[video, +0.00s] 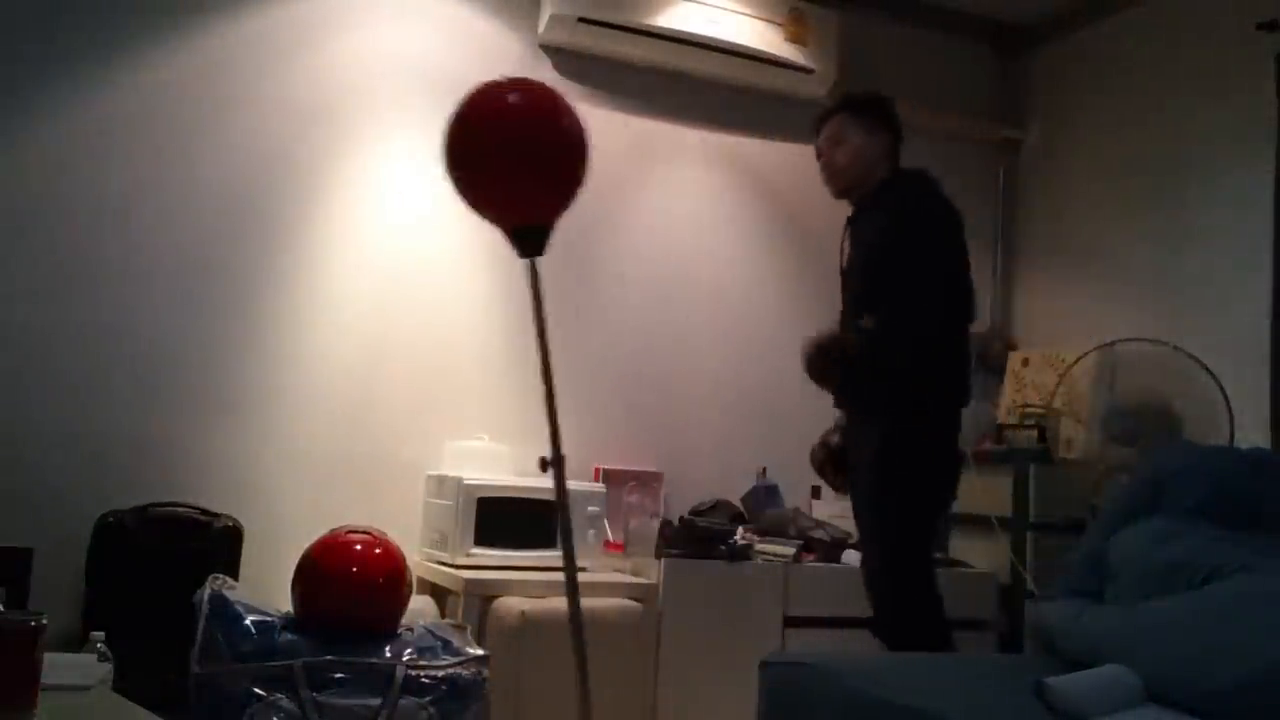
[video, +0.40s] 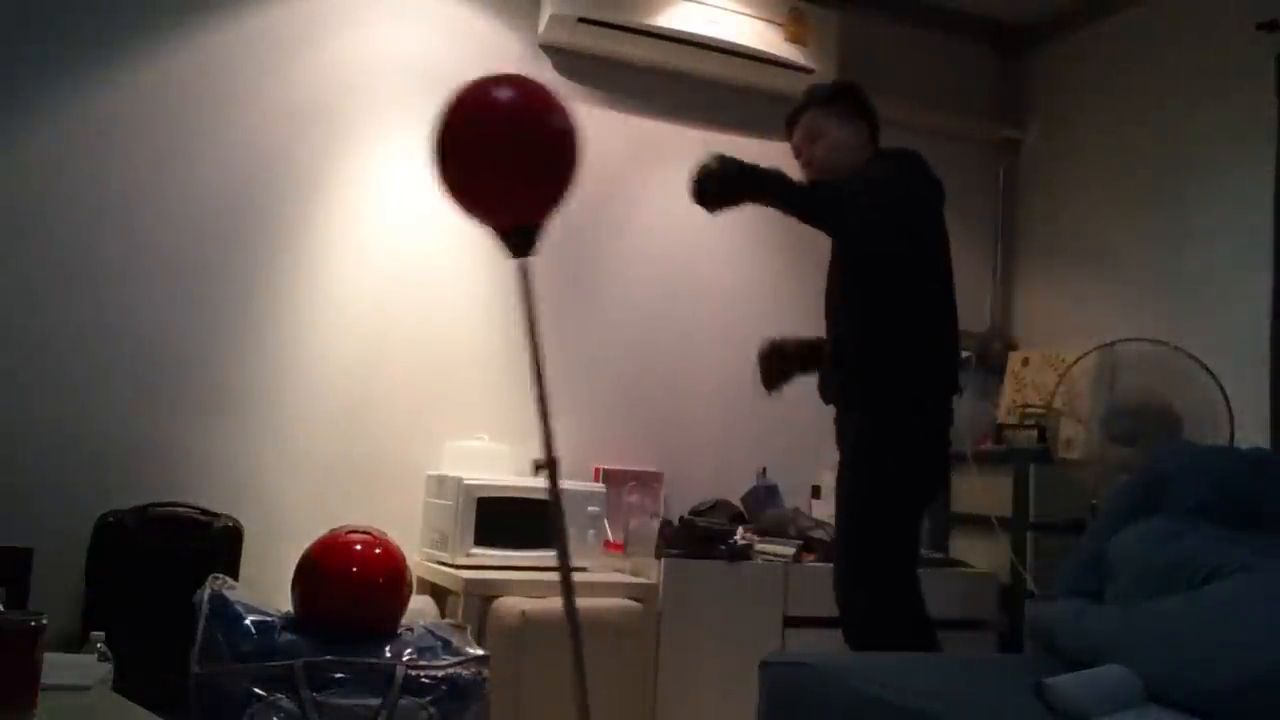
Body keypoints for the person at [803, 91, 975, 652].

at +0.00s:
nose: (821, 158)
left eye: (833, 143)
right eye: (819, 148)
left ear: (874, 143)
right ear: (871, 148)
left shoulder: (908, 210)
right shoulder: (876, 216)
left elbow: (905, 339)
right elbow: (877, 342)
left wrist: (837, 358)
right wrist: (848, 432)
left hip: (909, 427)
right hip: (891, 425)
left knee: (900, 589)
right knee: (897, 587)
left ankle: (931, 712)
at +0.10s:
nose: (821, 162)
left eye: (830, 145)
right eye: (815, 152)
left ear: (871, 141)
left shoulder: (906, 198)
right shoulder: (866, 219)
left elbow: (891, 274)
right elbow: (868, 348)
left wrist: (808, 278)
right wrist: (829, 419)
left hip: (911, 416)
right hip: (882, 417)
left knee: (896, 582)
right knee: (889, 581)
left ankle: (927, 708)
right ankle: (921, 709)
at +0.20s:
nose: (816, 163)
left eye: (825, 144)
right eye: (810, 154)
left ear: (868, 137)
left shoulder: (908, 188)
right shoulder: (866, 219)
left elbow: (852, 225)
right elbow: (865, 341)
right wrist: (821, 400)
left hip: (911, 405)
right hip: (880, 406)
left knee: (884, 581)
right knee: (882, 580)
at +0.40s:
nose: (804, 162)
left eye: (810, 144)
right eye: (797, 153)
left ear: (849, 129)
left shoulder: (899, 176)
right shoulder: (869, 206)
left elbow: (844, 207)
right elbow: (884, 343)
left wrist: (747, 182)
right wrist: (808, 354)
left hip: (898, 422)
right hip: (881, 423)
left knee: (872, 588)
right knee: (877, 587)